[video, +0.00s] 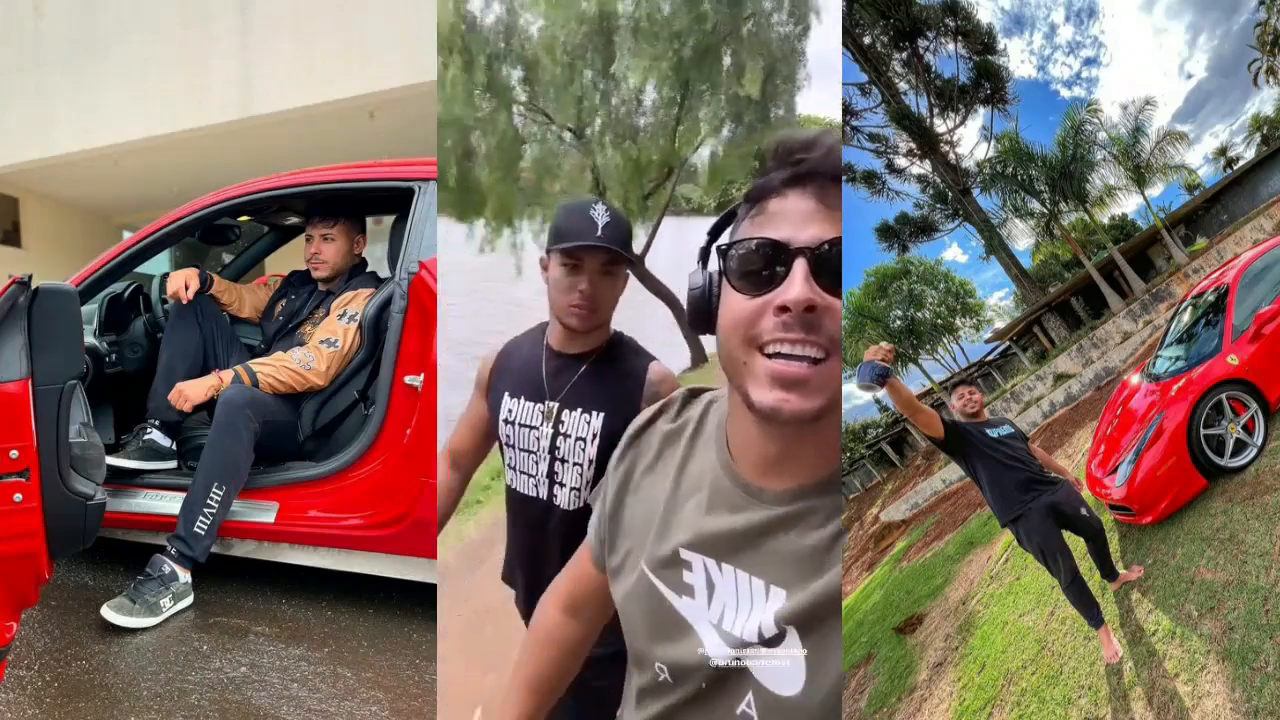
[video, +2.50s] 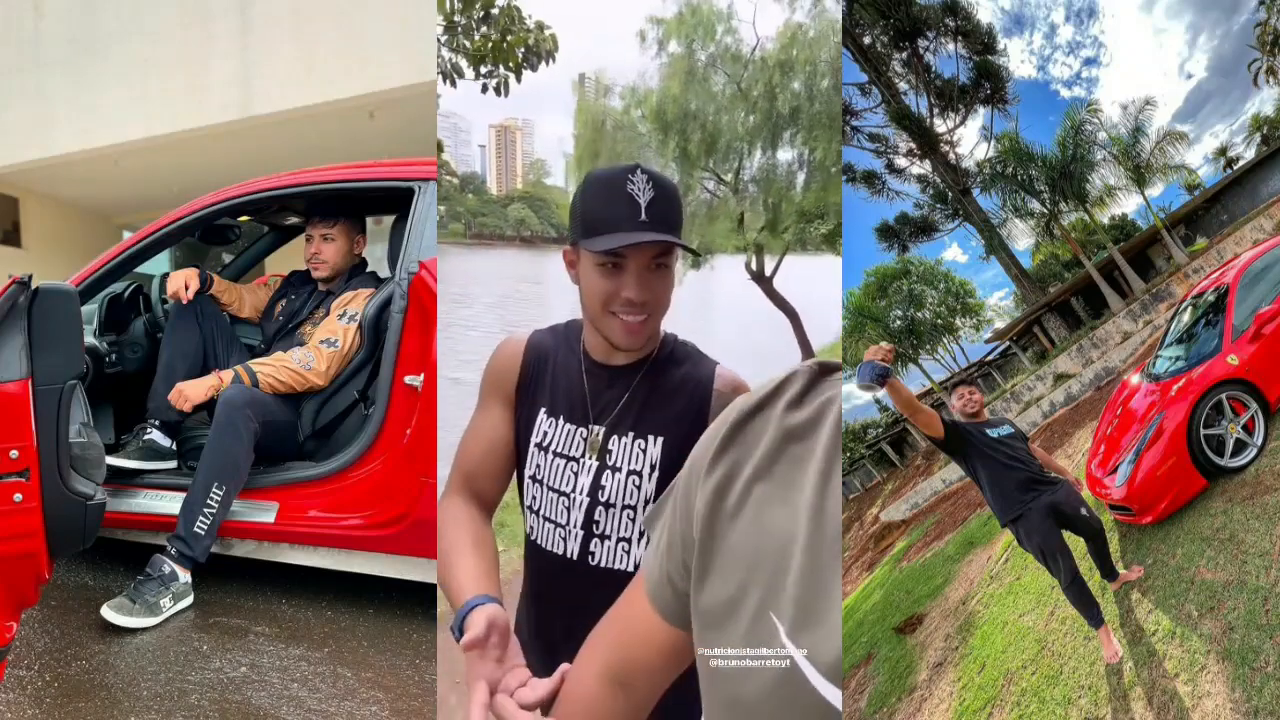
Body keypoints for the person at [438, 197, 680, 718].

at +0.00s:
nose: (586, 288)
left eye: (606, 272)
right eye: (572, 267)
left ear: (625, 280)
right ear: (545, 269)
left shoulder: (650, 384)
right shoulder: (509, 362)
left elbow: (664, 500)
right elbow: (455, 464)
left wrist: (649, 589)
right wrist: (410, 544)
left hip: (607, 602)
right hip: (531, 590)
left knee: (588, 708)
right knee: (549, 700)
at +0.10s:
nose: (605, 318)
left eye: (625, 301)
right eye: (589, 297)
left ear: (641, 310)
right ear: (559, 299)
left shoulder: (664, 416)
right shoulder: (517, 393)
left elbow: (682, 530)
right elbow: (455, 497)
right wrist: (407, 579)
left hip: (620, 621)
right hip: (538, 614)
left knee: (606, 712)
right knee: (522, 707)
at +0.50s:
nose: (631, 293)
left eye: (654, 271)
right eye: (612, 268)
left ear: (673, 280)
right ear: (579, 271)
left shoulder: (702, 409)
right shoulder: (544, 371)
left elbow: (711, 556)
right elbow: (516, 475)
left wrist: (683, 691)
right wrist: (486, 571)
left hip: (629, 676)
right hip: (530, 647)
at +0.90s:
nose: (599, 290)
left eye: (622, 262)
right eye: (574, 263)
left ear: (645, 263)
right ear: (537, 265)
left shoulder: (691, 409)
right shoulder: (512, 376)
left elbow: (704, 577)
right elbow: (483, 500)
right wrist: (450, 608)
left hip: (613, 698)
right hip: (507, 680)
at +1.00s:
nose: (613, 292)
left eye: (636, 267)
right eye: (591, 265)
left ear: (658, 270)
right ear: (552, 265)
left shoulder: (702, 408)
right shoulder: (521, 378)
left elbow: (725, 571)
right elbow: (463, 513)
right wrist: (406, 626)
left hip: (631, 691)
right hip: (525, 672)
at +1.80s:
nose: (584, 314)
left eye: (607, 292)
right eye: (564, 289)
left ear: (636, 286)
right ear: (536, 278)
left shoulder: (668, 399)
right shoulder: (513, 355)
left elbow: (675, 572)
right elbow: (475, 471)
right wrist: (430, 583)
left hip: (598, 687)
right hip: (493, 661)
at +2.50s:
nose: (635, 292)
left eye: (658, 265)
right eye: (611, 264)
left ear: (676, 267)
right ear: (572, 264)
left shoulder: (718, 401)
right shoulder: (522, 366)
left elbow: (723, 583)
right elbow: (468, 499)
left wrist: (593, 678)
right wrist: (480, 605)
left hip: (659, 698)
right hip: (536, 683)